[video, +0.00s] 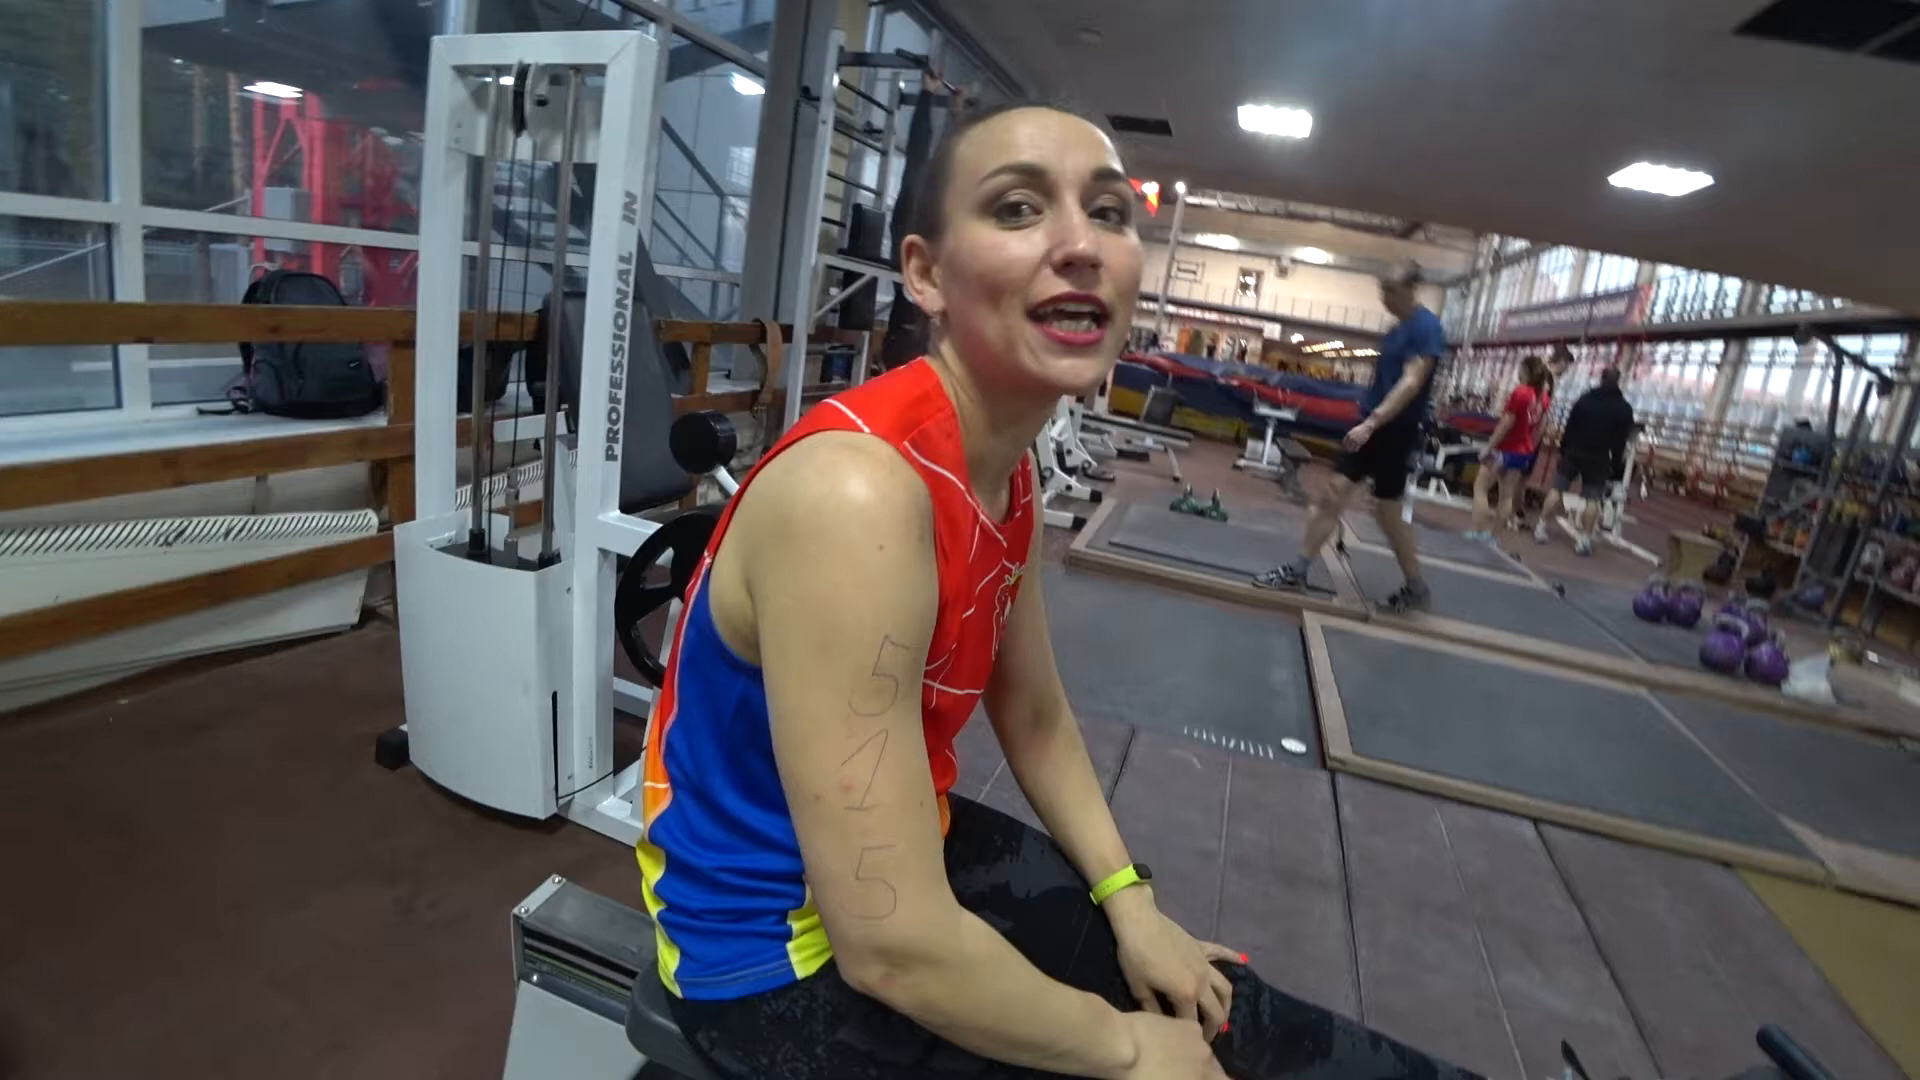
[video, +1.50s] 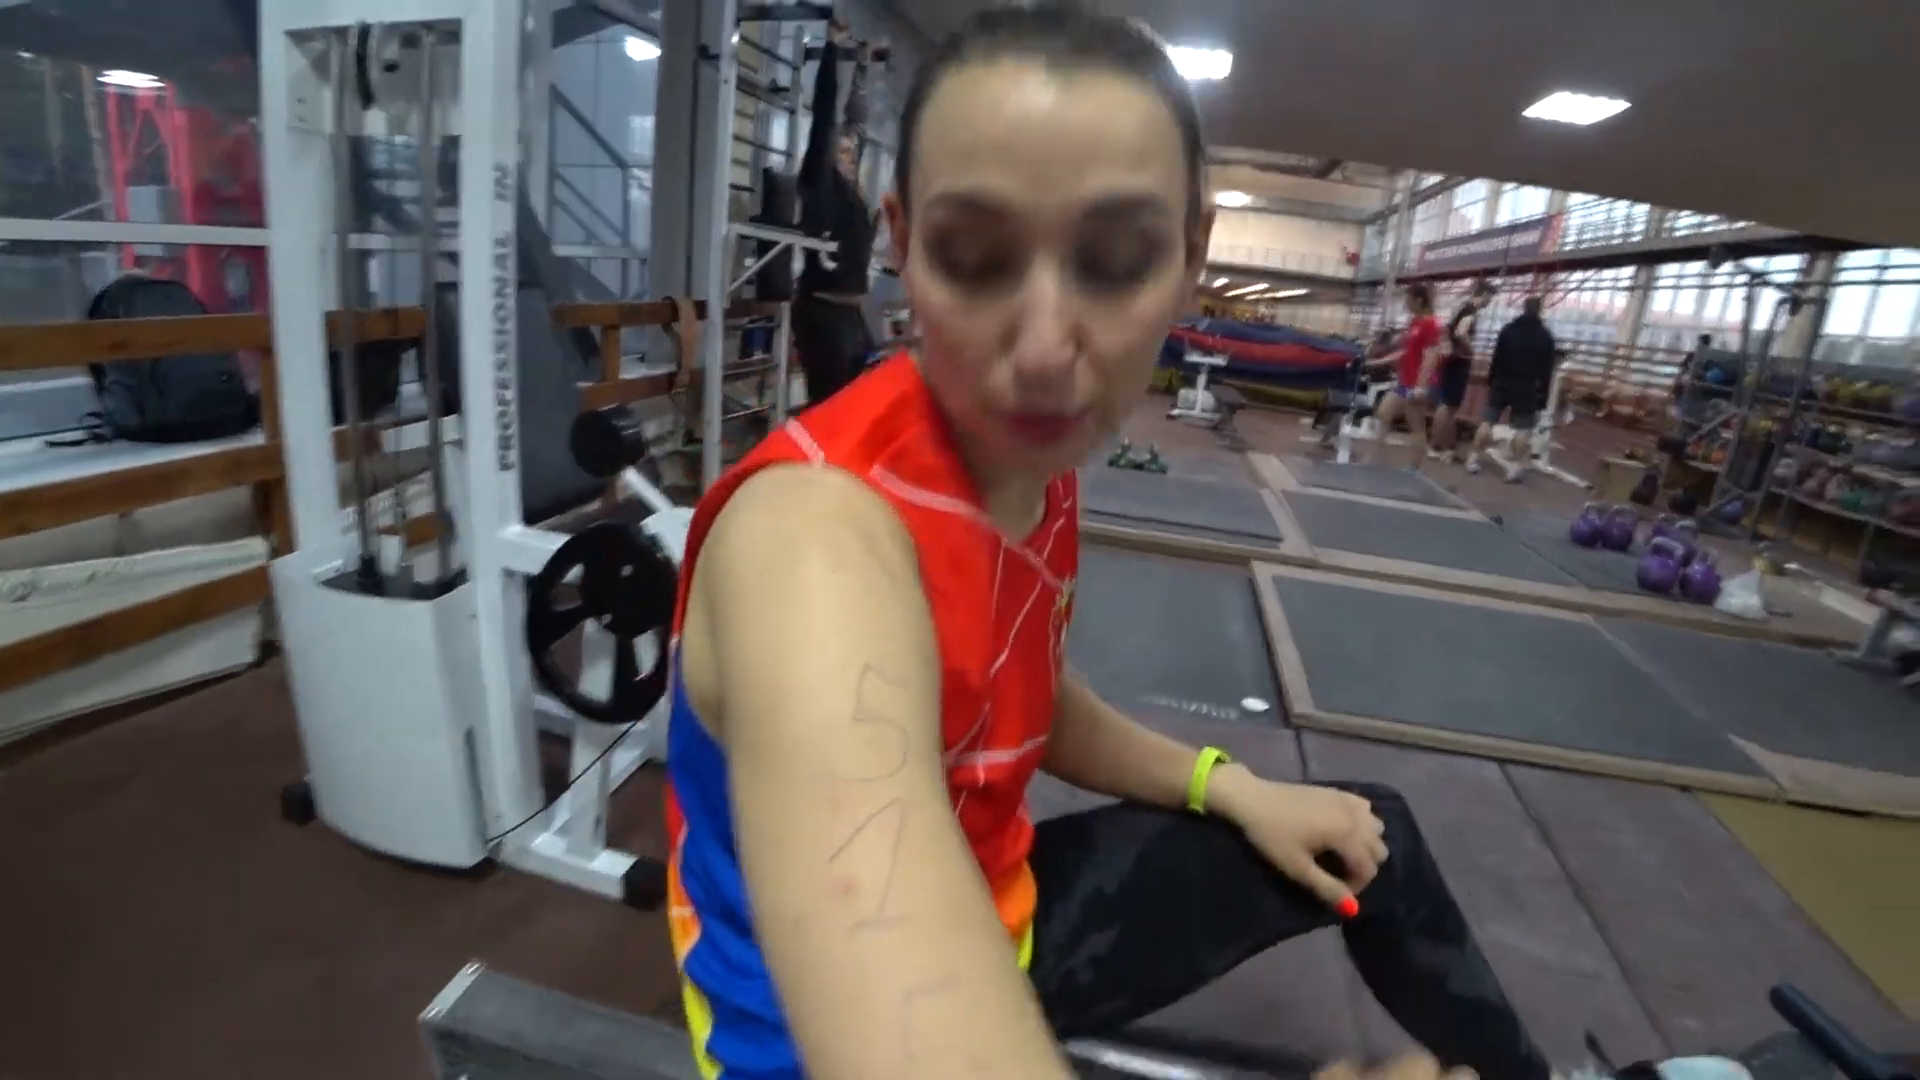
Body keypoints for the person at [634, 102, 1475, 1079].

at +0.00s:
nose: (1082, 245)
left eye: (1106, 211)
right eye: (1018, 207)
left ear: (1136, 257)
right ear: (926, 272)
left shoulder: (999, 465)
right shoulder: (854, 498)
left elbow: (1034, 714)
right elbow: (894, 940)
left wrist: (1131, 906)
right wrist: (1133, 1048)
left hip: (912, 848)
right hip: (784, 974)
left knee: (1207, 991)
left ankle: (1448, 1079)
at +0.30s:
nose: (1044, 271)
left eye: (1073, 229)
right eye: (982, 229)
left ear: (1104, 276)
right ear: (892, 286)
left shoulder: (973, 462)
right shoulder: (830, 515)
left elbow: (1025, 713)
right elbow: (896, 946)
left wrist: (1118, 893)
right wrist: (1138, 1042)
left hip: (919, 863)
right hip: (795, 992)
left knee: (1200, 977)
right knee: (1158, 1059)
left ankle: (1491, 1073)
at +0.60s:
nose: (982, 278)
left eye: (1014, 231)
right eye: (920, 235)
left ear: (1051, 276)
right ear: (838, 297)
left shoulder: (941, 477)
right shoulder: (772, 535)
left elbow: (1014, 708)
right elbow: (890, 932)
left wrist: (1118, 892)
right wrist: (1135, 1040)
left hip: (908, 866)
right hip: (791, 995)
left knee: (1188, 973)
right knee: (1166, 1067)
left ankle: (1501, 1071)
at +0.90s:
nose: (997, 237)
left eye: (1014, 196)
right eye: (923, 202)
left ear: (1048, 242)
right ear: (828, 280)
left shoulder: (944, 465)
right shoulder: (759, 530)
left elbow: (993, 709)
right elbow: (845, 962)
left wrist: (1120, 857)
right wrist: (1130, 1028)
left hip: (926, 875)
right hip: (795, 1006)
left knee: (1202, 939)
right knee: (1190, 1056)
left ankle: (1526, 1071)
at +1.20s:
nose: (1114, 177)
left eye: (1140, 121)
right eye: (1032, 124)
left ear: (1174, 166)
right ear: (915, 210)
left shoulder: (1013, 425)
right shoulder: (834, 490)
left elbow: (1032, 681)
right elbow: (874, 1040)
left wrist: (1216, 795)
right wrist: (1231, 1021)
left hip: (978, 864)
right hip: (864, 1013)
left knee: (1342, 867)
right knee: (1399, 1051)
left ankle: (1561, 1071)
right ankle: (1560, 1071)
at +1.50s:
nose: (1044, 349)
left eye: (1114, 262)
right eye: (976, 260)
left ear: (1193, 257)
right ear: (901, 245)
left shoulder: (1023, 455)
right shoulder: (813, 547)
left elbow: (1031, 705)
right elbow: (941, 1059)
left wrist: (1234, 791)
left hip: (995, 926)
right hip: (827, 1042)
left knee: (1362, 827)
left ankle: (1519, 1074)